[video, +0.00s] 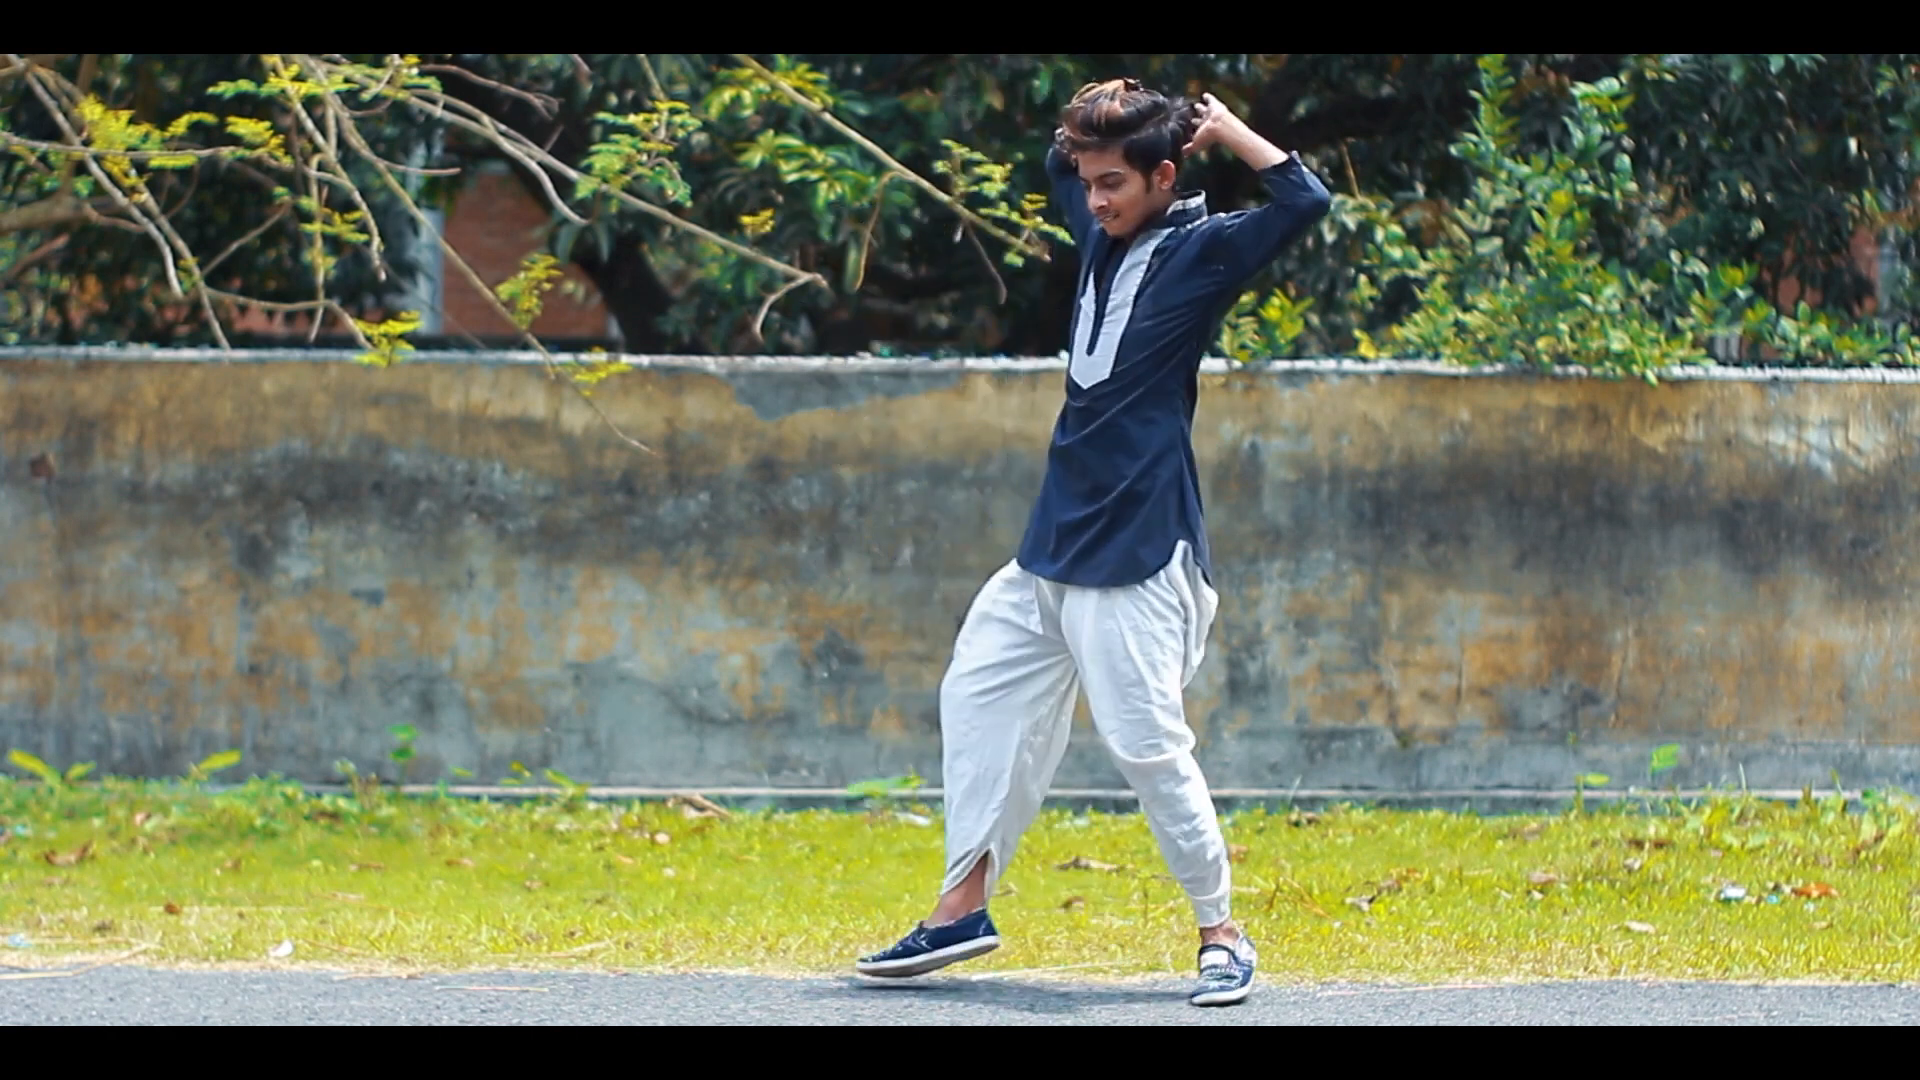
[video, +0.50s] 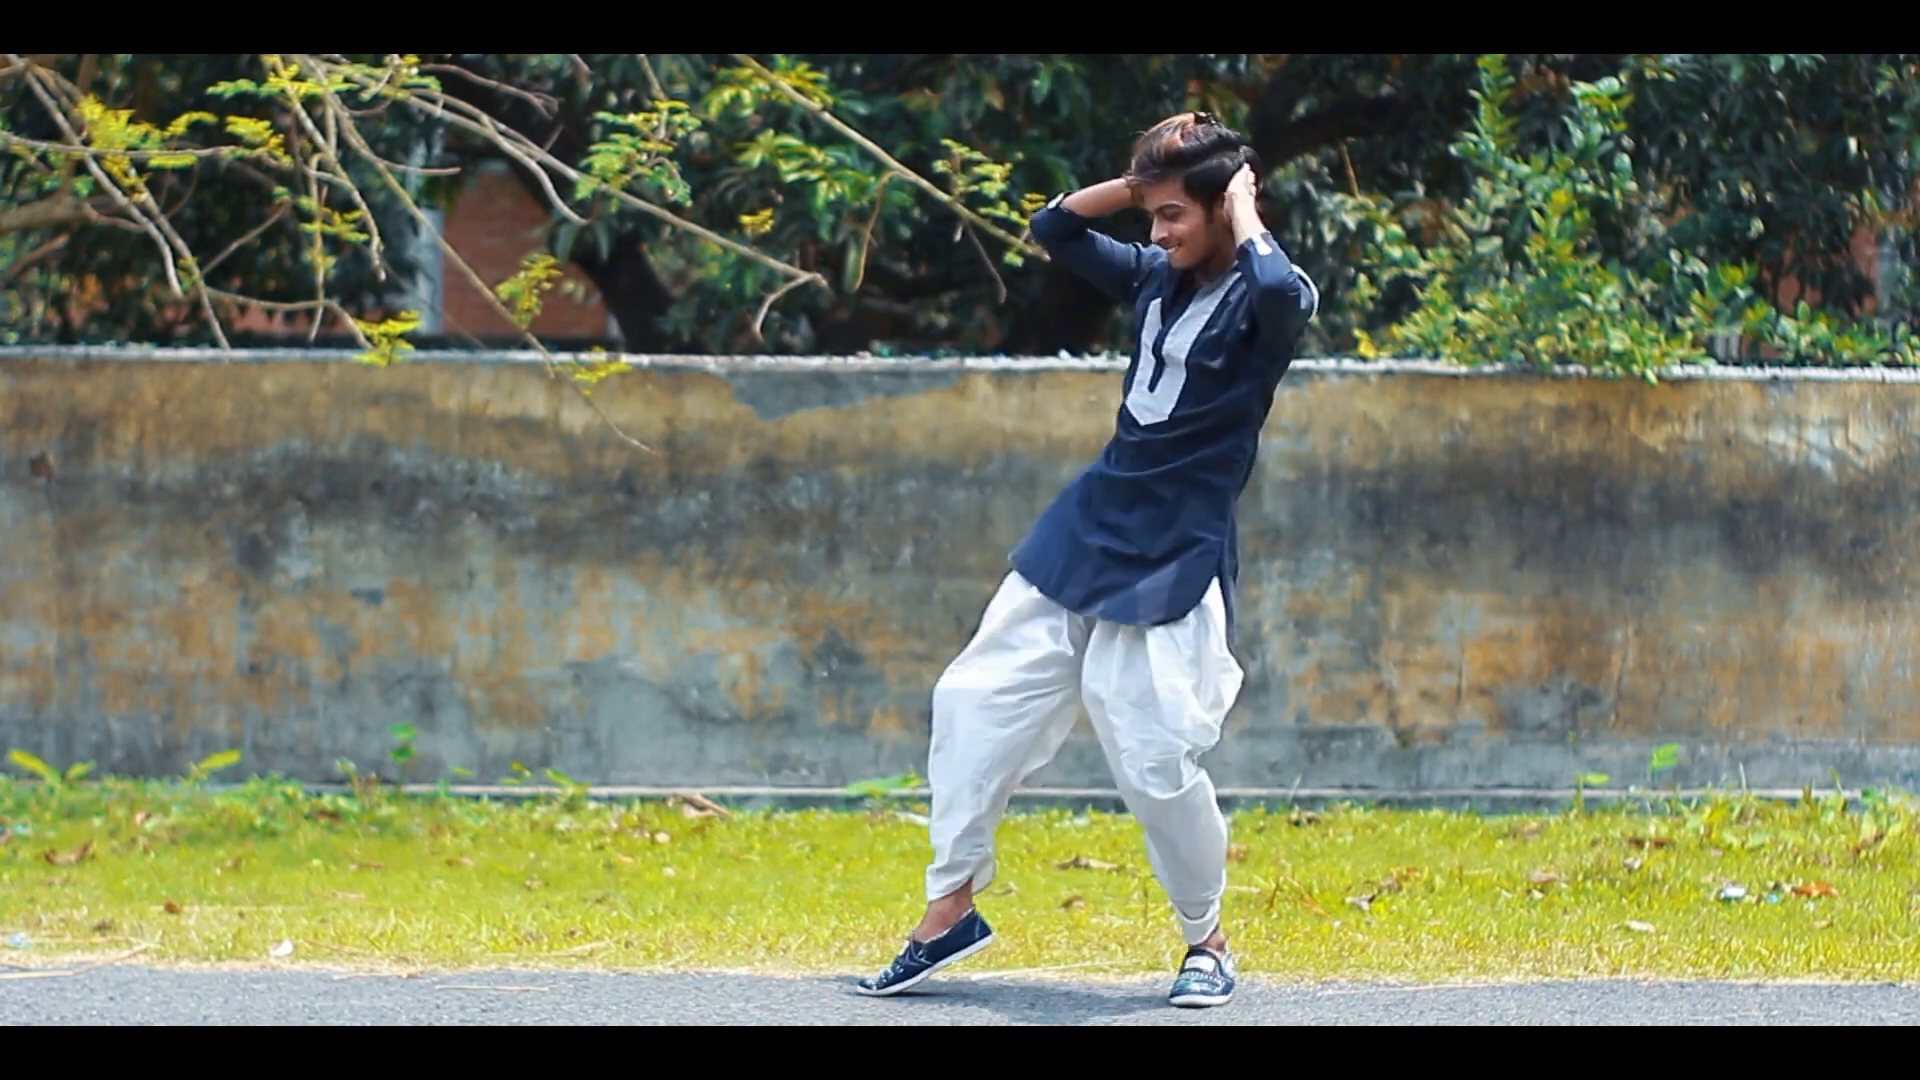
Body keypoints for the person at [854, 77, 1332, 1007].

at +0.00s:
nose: (1095, 199)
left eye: (1112, 182)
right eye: (1085, 183)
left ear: (1163, 175)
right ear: (1083, 180)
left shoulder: (1201, 247)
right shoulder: (1100, 240)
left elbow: (1301, 199)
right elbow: (1062, 178)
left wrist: (1233, 134)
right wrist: (1083, 118)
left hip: (1137, 544)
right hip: (1057, 536)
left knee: (1149, 747)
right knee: (974, 700)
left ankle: (1220, 936)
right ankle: (961, 913)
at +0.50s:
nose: (1158, 231)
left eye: (1173, 214)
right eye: (1150, 214)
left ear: (1222, 207)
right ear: (1150, 210)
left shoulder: (1262, 289)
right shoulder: (1154, 272)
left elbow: (1286, 298)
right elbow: (1050, 230)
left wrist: (1245, 216)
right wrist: (1134, 185)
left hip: (1171, 552)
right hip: (1085, 527)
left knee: (1157, 766)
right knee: (969, 702)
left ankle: (1205, 946)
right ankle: (948, 915)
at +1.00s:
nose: (1156, 225)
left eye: (1175, 213)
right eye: (1141, 212)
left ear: (1203, 237)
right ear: (1117, 232)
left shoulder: (1235, 348)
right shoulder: (1076, 336)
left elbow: (1304, 464)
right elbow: (1021, 450)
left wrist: (1415, 410)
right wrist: (915, 401)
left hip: (1167, 611)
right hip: (1058, 599)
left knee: (1192, 788)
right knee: (948, 758)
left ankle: (1226, 965)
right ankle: (935, 944)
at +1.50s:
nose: (1021, 222)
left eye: (1039, 208)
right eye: (1004, 206)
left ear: (1057, 225)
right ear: (971, 216)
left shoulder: (1073, 324)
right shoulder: (930, 314)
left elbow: (1081, 461)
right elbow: (967, 427)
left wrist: (1097, 402)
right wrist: (1039, 331)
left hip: (1028, 574)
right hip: (936, 570)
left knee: (1031, 764)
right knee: (946, 772)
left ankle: (912, 943)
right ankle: (1009, 924)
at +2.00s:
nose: (913, 280)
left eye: (925, 265)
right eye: (899, 260)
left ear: (930, 264)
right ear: (851, 254)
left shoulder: (892, 332)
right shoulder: (823, 344)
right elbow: (811, 262)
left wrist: (846, 208)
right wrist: (826, 222)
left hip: (907, 604)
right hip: (824, 597)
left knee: (1027, 723)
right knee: (805, 787)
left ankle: (1026, 930)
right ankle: (748, 949)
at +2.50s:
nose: (863, 255)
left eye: (873, 240)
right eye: (845, 238)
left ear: (878, 250)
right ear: (797, 249)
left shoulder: (885, 327)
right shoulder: (777, 340)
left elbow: (955, 293)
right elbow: (757, 243)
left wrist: (878, 229)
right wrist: (787, 224)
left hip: (922, 599)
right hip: (833, 599)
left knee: (1054, 724)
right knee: (826, 792)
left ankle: (1031, 936)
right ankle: (748, 948)